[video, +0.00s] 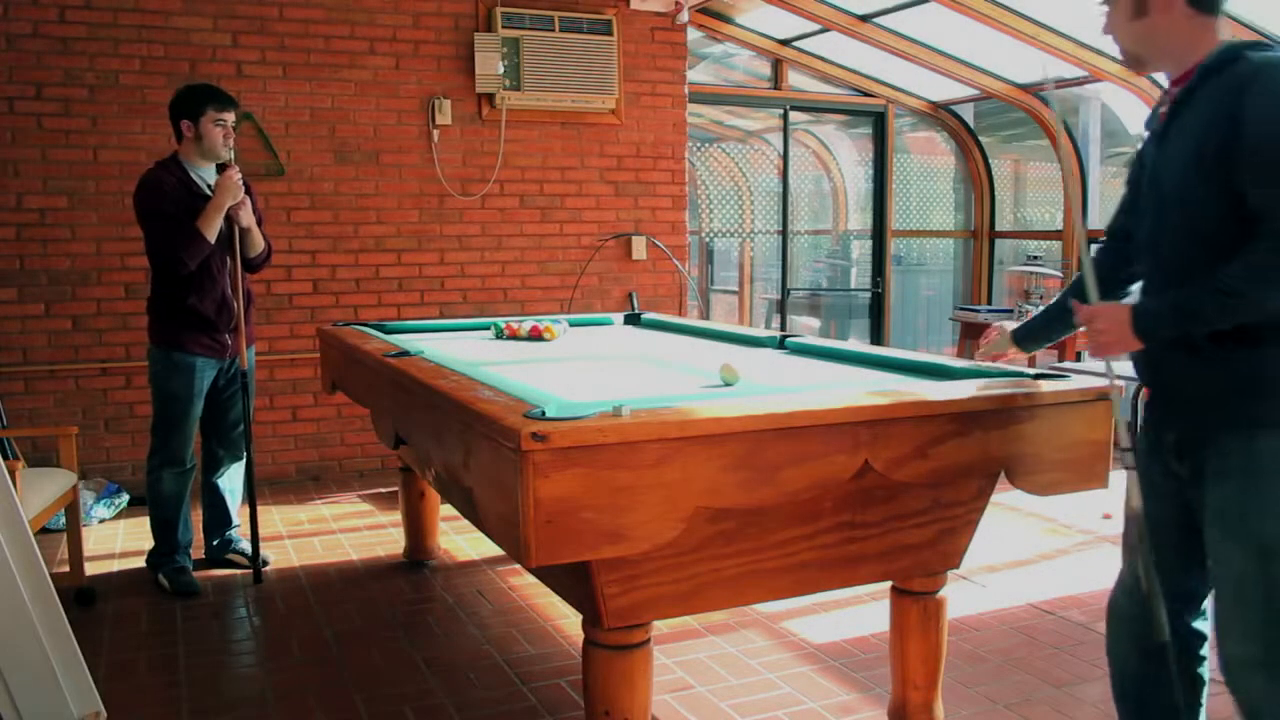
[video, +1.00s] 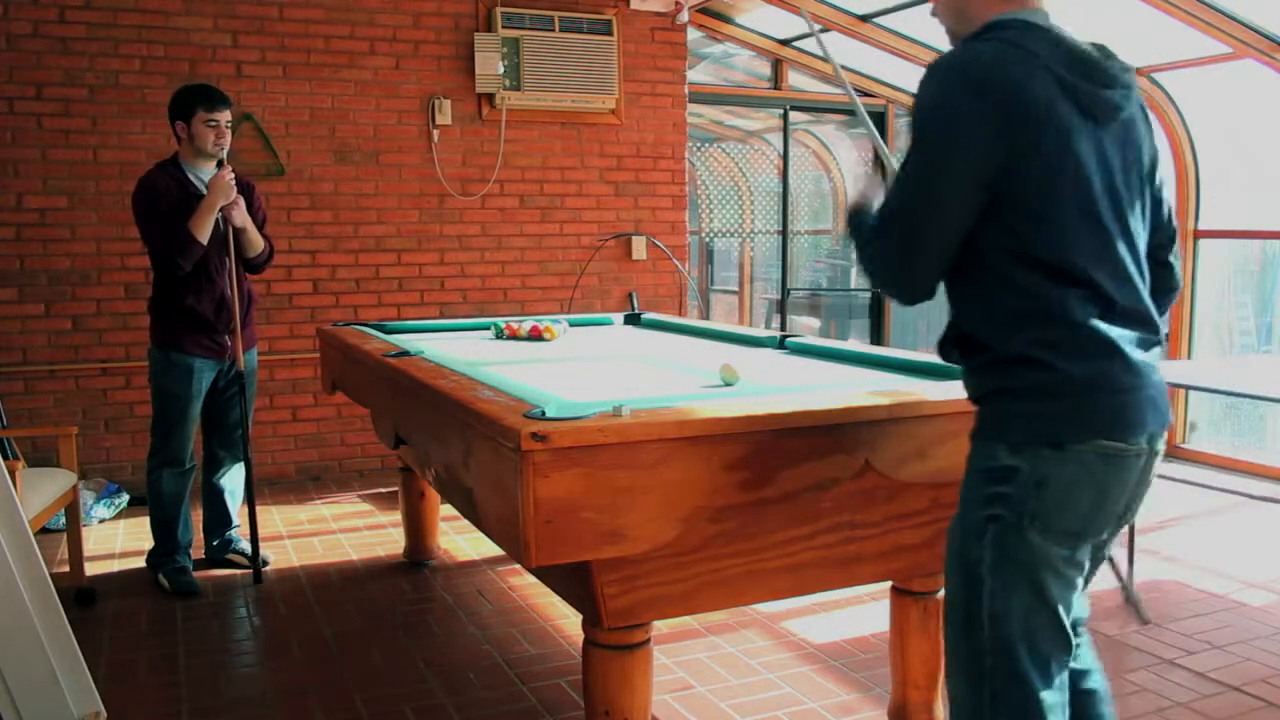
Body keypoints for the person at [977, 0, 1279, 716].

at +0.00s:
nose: (1108, 27)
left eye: (1115, 9)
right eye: (1109, 11)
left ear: (1162, 6)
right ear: (1163, 11)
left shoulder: (1260, 88)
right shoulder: (1175, 118)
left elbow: (1269, 267)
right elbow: (1121, 256)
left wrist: (1146, 320)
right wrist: (1024, 336)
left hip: (1256, 414)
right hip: (1177, 410)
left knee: (1255, 652)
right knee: (1148, 624)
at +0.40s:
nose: (1030, 29)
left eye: (1038, 11)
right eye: (1032, 14)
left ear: (1082, 8)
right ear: (1091, 13)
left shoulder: (1157, 76)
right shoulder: (1121, 98)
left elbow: (1202, 239)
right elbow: (1139, 288)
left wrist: (1042, 260)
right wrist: (1023, 324)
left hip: (1200, 397)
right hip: (1166, 396)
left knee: (1148, 630)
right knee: (1128, 623)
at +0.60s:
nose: (1011, 29)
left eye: (1016, 11)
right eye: (1011, 13)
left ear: (1057, 7)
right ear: (1079, 11)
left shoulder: (1106, 85)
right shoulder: (1135, 81)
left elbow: (1108, 259)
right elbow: (1142, 276)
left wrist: (987, 224)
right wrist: (1043, 349)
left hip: (1142, 414)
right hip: (1177, 406)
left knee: (1079, 645)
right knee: (1147, 628)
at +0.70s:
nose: (1002, 30)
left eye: (1005, 13)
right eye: (1001, 15)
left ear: (1041, 7)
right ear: (1080, 10)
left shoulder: (1070, 89)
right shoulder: (1133, 86)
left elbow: (1038, 268)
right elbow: (1130, 281)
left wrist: (956, 201)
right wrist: (1029, 387)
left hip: (1110, 423)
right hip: (1167, 416)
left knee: (1030, 659)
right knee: (1136, 638)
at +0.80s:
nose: (980, 22)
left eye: (986, 6)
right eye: (981, 9)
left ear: (1017, 4)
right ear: (1069, 3)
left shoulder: (1038, 82)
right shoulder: (1124, 81)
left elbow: (971, 259)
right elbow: (1101, 259)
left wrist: (912, 176)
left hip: (1086, 420)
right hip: (1157, 414)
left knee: (1010, 667)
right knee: (1118, 624)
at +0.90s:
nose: (950, 5)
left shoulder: (1008, 75)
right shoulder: (1118, 78)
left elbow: (934, 256)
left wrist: (884, 171)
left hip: (1063, 422)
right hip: (1142, 414)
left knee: (999, 678)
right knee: (1080, 624)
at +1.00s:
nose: (934, 9)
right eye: (933, 0)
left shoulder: (974, 73)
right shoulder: (1116, 85)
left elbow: (904, 270)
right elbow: (1160, 271)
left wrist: (866, 200)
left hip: (1043, 419)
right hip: (1134, 410)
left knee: (1002, 682)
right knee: (1056, 638)